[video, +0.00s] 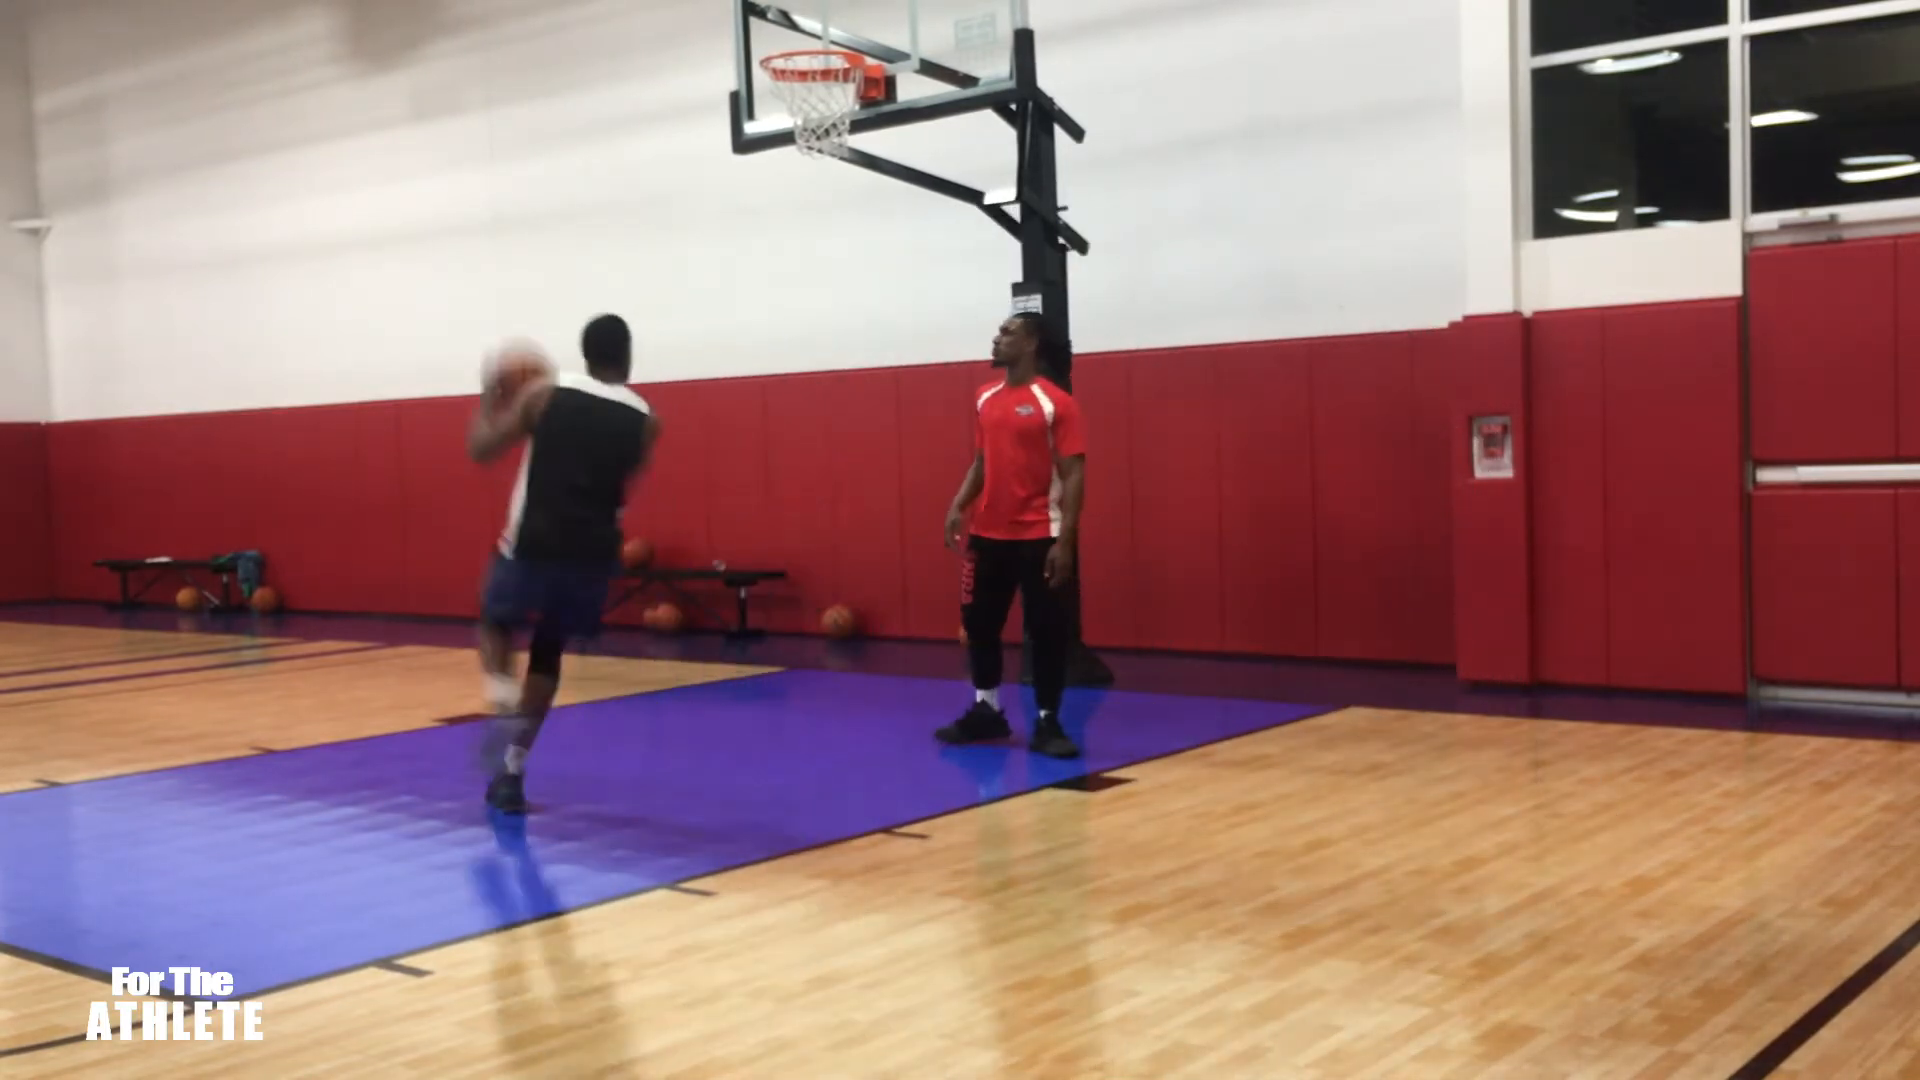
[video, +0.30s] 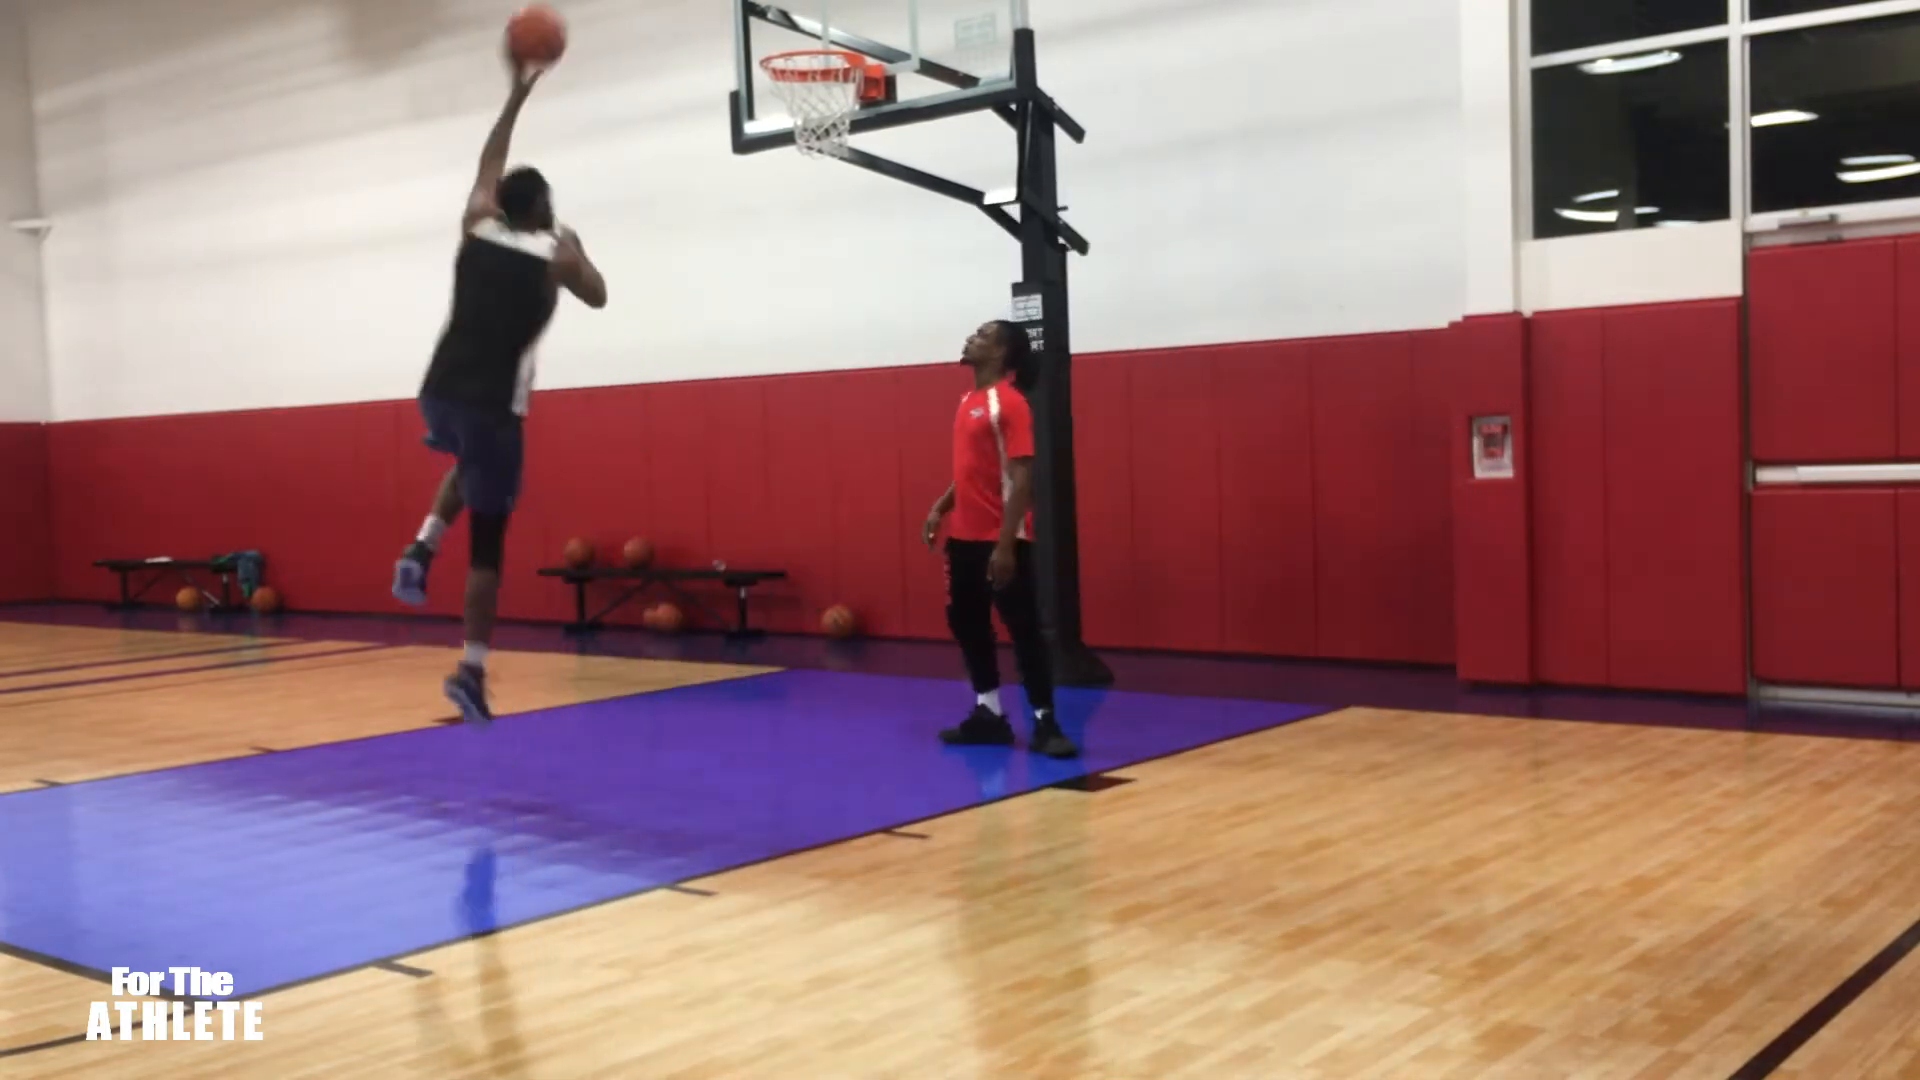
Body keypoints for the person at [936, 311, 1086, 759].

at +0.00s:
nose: (996, 338)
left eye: (1007, 333)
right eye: (998, 331)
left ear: (1032, 345)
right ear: (1005, 343)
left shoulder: (1058, 403)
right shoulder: (986, 397)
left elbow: (1072, 474)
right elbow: (982, 459)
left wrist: (1066, 540)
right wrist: (958, 507)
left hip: (1039, 537)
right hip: (989, 536)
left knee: (1047, 630)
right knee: (979, 622)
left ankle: (1047, 721)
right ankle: (986, 710)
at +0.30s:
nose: (970, 338)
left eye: (983, 335)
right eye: (975, 332)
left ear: (1003, 354)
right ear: (979, 351)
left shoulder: (1010, 403)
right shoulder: (968, 401)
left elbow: (1020, 480)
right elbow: (971, 469)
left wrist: (1006, 544)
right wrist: (940, 508)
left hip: (1004, 540)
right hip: (966, 541)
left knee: (1024, 629)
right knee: (967, 621)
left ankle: (1044, 721)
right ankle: (989, 713)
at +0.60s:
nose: (952, 335)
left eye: (963, 333)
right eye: (957, 330)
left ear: (978, 351)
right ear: (966, 350)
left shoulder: (978, 396)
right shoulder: (957, 396)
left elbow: (977, 469)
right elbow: (956, 469)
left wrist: (939, 530)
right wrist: (923, 503)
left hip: (978, 524)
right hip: (960, 524)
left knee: (978, 618)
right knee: (968, 618)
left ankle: (997, 717)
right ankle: (985, 709)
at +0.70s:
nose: (945, 337)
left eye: (955, 334)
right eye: (950, 331)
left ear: (970, 351)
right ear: (966, 352)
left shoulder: (968, 396)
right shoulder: (957, 395)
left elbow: (966, 468)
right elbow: (953, 469)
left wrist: (927, 531)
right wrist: (919, 502)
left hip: (968, 523)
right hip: (965, 520)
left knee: (952, 616)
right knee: (976, 614)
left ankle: (973, 713)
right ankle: (992, 711)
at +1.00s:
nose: (922, 342)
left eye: (931, 339)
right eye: (928, 337)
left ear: (941, 354)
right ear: (948, 358)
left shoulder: (935, 397)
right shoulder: (948, 397)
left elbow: (936, 468)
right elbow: (940, 468)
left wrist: (919, 537)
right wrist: (908, 510)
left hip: (937, 533)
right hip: (957, 531)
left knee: (910, 618)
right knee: (962, 618)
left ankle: (897, 712)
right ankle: (989, 709)